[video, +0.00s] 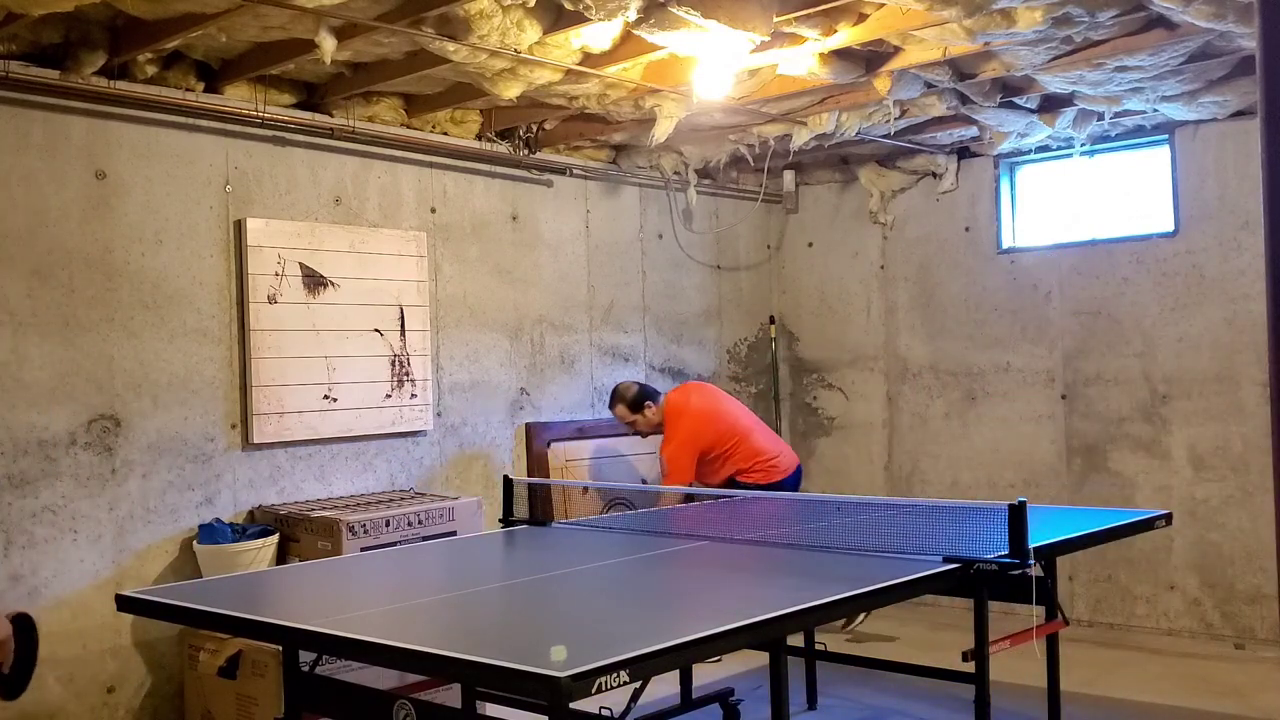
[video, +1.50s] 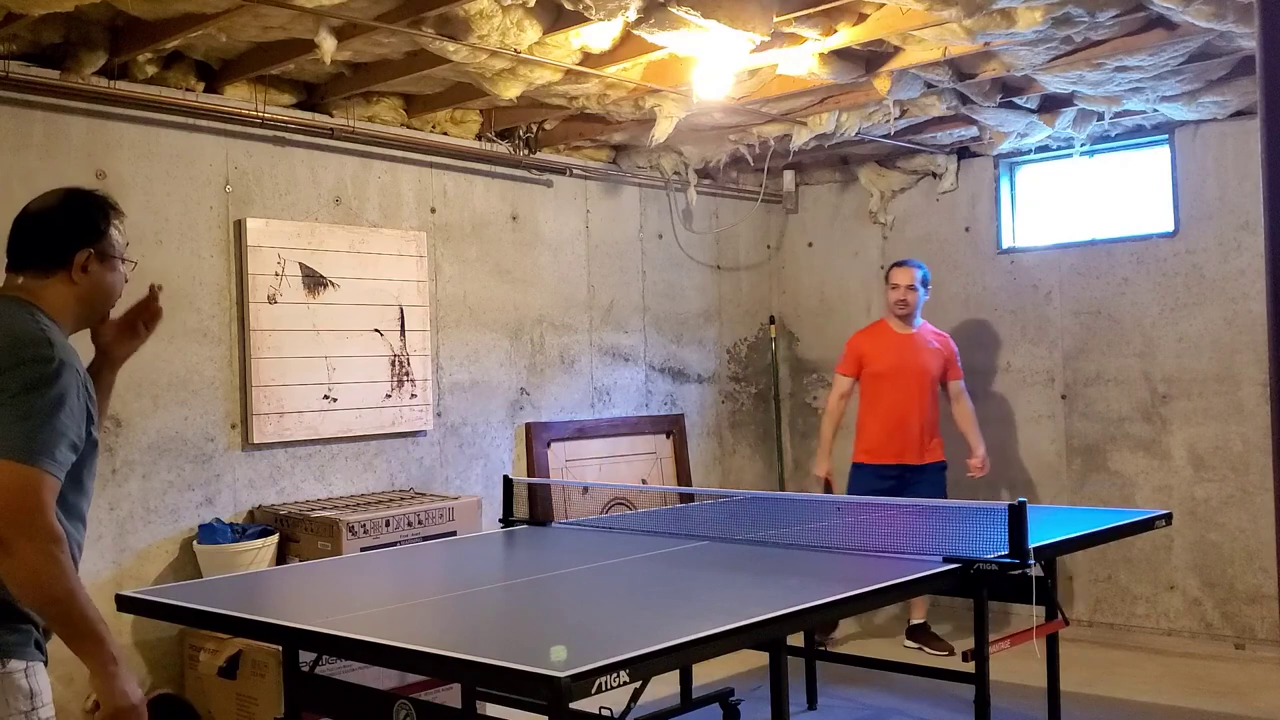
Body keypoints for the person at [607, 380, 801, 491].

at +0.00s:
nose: (634, 431)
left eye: (632, 424)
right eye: (628, 426)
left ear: (649, 408)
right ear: (651, 404)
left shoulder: (679, 433)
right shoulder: (688, 391)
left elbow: (670, 503)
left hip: (763, 481)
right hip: (783, 466)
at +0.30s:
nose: (638, 378)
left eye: (643, 370)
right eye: (634, 371)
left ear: (665, 358)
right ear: (667, 358)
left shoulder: (684, 395)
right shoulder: (690, 361)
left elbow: (705, 470)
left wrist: (694, 502)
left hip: (747, 465)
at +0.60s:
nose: (711, 328)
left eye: (720, 319)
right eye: (706, 319)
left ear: (739, 318)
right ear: (701, 318)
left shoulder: (757, 358)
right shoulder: (718, 356)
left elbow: (765, 426)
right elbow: (719, 418)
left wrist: (719, 470)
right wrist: (708, 468)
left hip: (767, 466)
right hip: (738, 465)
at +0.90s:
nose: (770, 301)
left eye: (780, 294)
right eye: (765, 293)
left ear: (796, 298)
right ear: (759, 295)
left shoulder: (818, 344)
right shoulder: (751, 347)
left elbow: (846, 401)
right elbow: (741, 400)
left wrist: (834, 453)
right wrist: (725, 452)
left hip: (805, 456)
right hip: (767, 457)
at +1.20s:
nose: (829, 296)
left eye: (838, 290)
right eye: (823, 288)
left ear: (853, 297)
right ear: (815, 293)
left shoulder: (872, 346)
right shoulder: (795, 346)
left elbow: (896, 399)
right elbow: (779, 399)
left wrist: (897, 453)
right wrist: (764, 452)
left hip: (858, 466)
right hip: (806, 467)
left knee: (882, 539)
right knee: (806, 546)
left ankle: (905, 618)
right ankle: (812, 625)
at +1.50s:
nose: (901, 294)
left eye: (910, 288)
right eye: (894, 287)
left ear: (924, 294)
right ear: (886, 292)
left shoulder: (942, 344)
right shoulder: (863, 342)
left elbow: (958, 398)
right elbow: (838, 398)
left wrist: (977, 446)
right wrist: (823, 456)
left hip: (926, 466)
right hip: (872, 466)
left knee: (926, 545)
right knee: (852, 543)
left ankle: (918, 625)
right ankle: (827, 620)